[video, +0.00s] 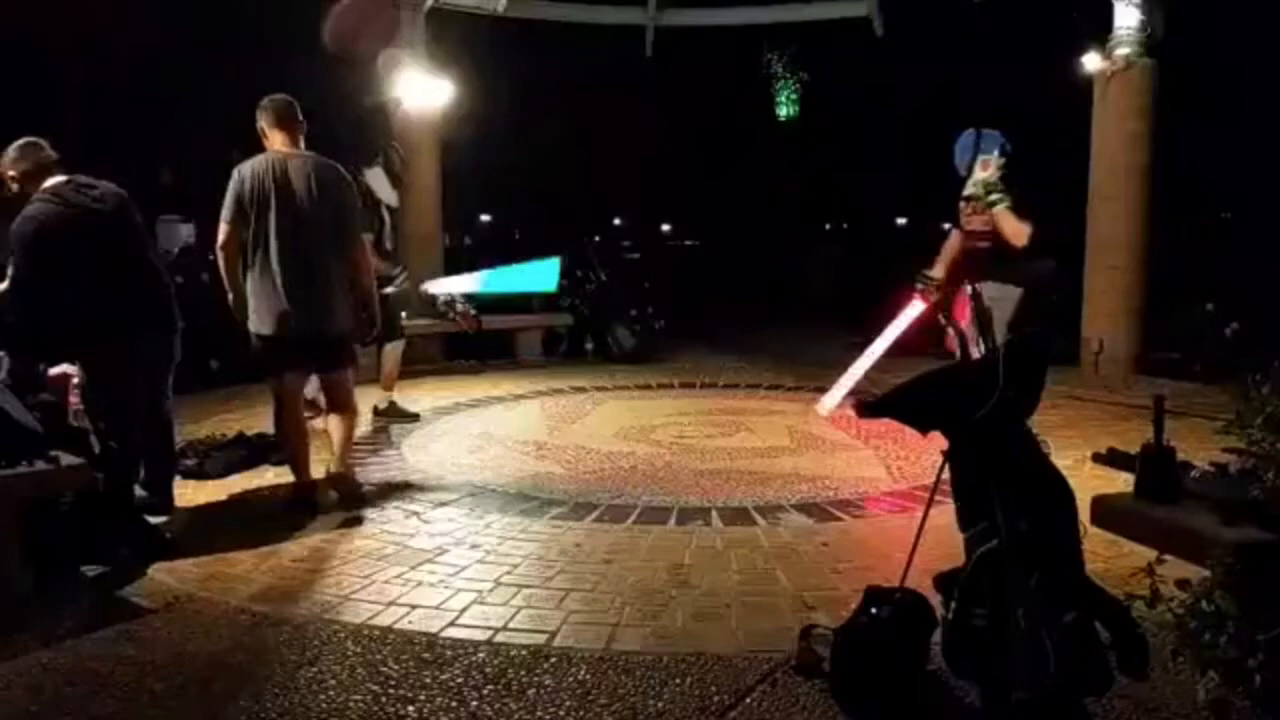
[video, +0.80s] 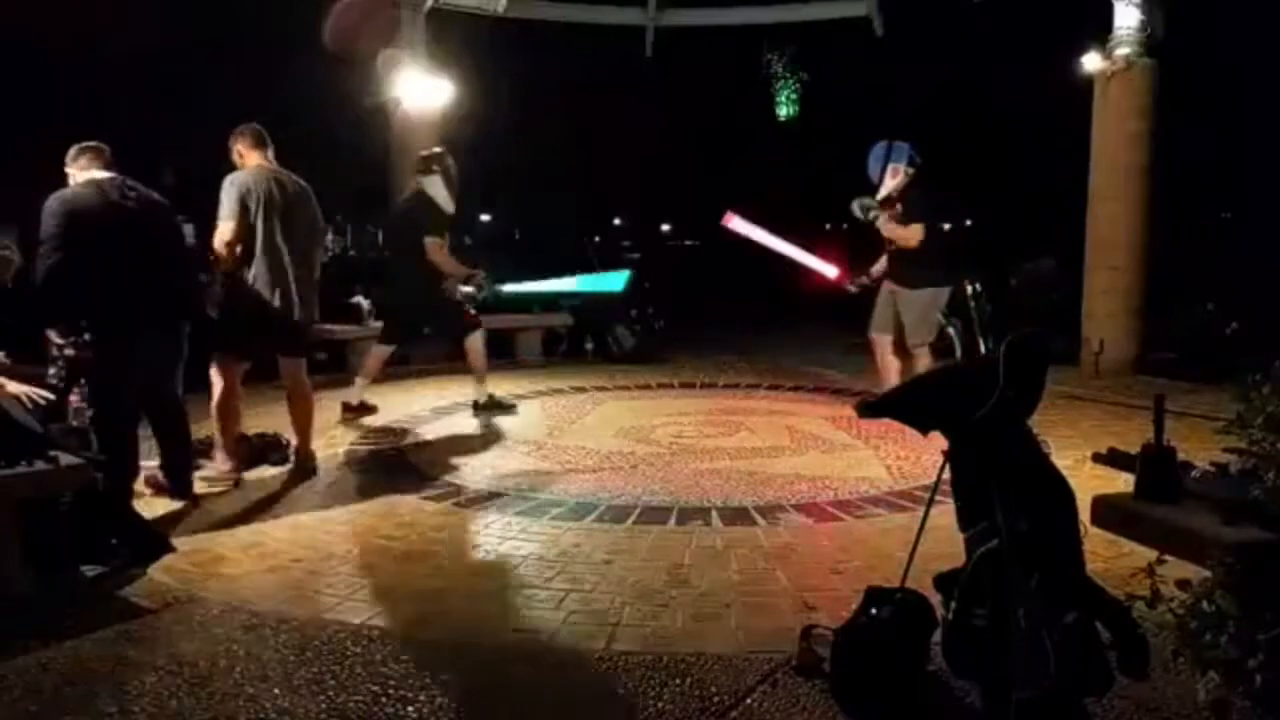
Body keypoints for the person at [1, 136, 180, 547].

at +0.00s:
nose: (9, 190)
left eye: (9, 182)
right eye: (8, 183)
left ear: (20, 178)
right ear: (54, 165)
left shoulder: (31, 223)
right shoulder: (111, 195)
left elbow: (25, 299)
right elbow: (145, 262)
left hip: (97, 333)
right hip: (149, 321)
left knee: (109, 420)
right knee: (154, 410)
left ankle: (117, 511)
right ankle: (160, 495)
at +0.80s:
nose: (68, 180)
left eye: (69, 174)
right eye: (71, 175)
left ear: (72, 171)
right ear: (111, 166)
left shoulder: (63, 203)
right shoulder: (152, 200)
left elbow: (51, 271)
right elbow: (181, 264)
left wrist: (58, 323)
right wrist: (180, 312)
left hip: (102, 325)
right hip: (157, 322)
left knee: (113, 418)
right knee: (166, 402)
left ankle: (116, 502)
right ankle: (181, 483)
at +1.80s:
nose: (127, 185)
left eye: (128, 176)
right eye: (124, 178)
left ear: (145, 165)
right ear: (154, 165)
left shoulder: (162, 200)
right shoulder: (191, 191)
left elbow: (144, 255)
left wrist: (124, 301)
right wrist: (131, 301)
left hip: (184, 310)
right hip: (201, 304)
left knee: (189, 400)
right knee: (178, 396)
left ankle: (203, 475)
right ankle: (180, 467)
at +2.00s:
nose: (135, 186)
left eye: (135, 176)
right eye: (132, 178)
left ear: (153, 166)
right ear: (161, 167)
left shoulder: (170, 200)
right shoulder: (199, 189)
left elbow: (154, 260)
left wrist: (144, 310)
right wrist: (144, 303)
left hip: (185, 311)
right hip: (203, 306)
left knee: (183, 393)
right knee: (193, 391)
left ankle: (198, 473)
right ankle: (203, 464)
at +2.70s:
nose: (130, 172)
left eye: (134, 163)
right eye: (129, 164)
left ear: (153, 161)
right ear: (157, 162)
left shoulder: (187, 194)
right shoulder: (174, 196)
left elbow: (185, 257)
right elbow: (179, 257)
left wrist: (170, 311)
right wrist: (159, 307)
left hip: (181, 315)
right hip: (171, 313)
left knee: (186, 399)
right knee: (180, 398)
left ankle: (197, 474)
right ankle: (191, 467)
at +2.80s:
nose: (129, 171)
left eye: (132, 163)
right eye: (128, 164)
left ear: (152, 162)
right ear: (157, 161)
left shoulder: (186, 195)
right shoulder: (174, 196)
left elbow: (187, 260)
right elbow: (180, 259)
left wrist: (176, 313)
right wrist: (164, 309)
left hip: (177, 317)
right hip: (166, 315)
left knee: (185, 401)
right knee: (178, 399)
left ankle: (197, 475)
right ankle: (190, 467)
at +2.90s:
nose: (129, 172)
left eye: (132, 163)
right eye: (128, 164)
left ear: (152, 162)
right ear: (157, 161)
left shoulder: (186, 195)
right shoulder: (174, 196)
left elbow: (187, 260)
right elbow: (179, 259)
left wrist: (176, 314)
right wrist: (165, 309)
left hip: (177, 317)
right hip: (165, 315)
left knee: (186, 401)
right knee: (178, 399)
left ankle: (197, 475)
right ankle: (190, 467)